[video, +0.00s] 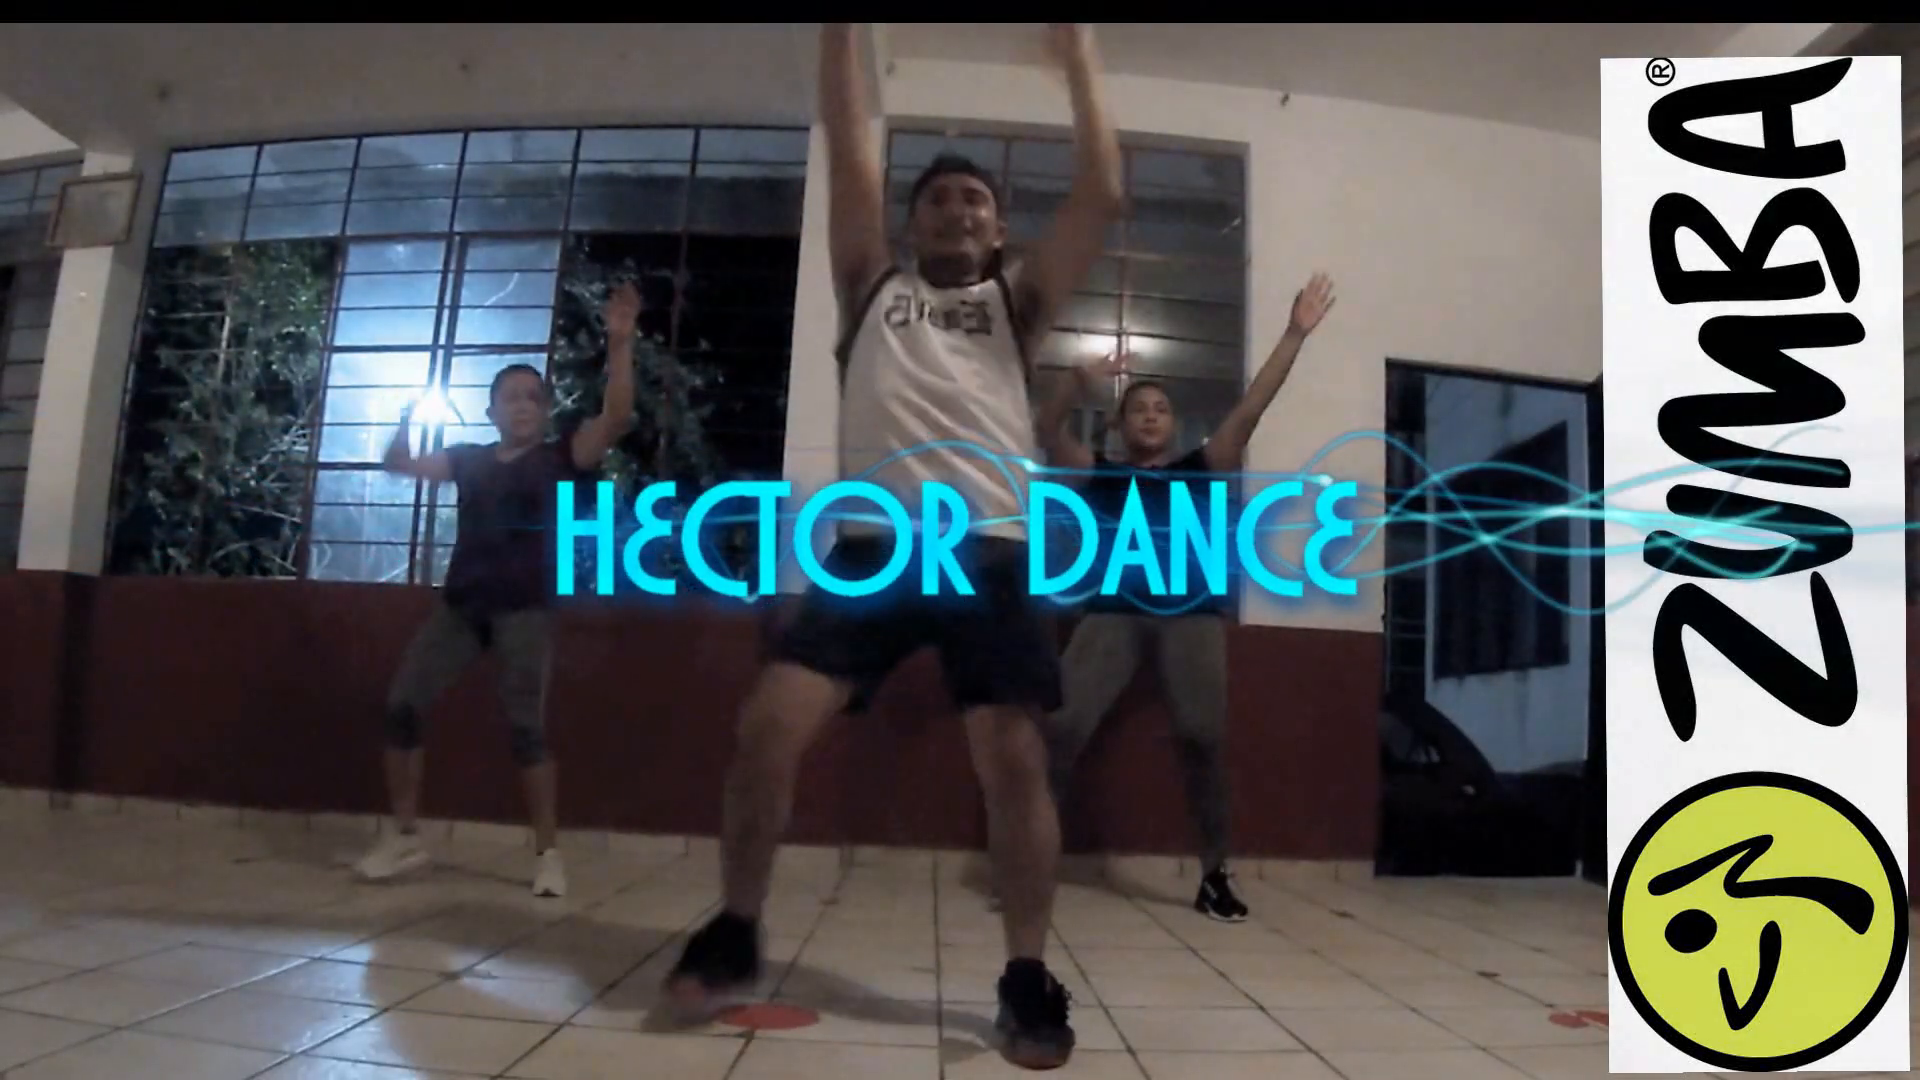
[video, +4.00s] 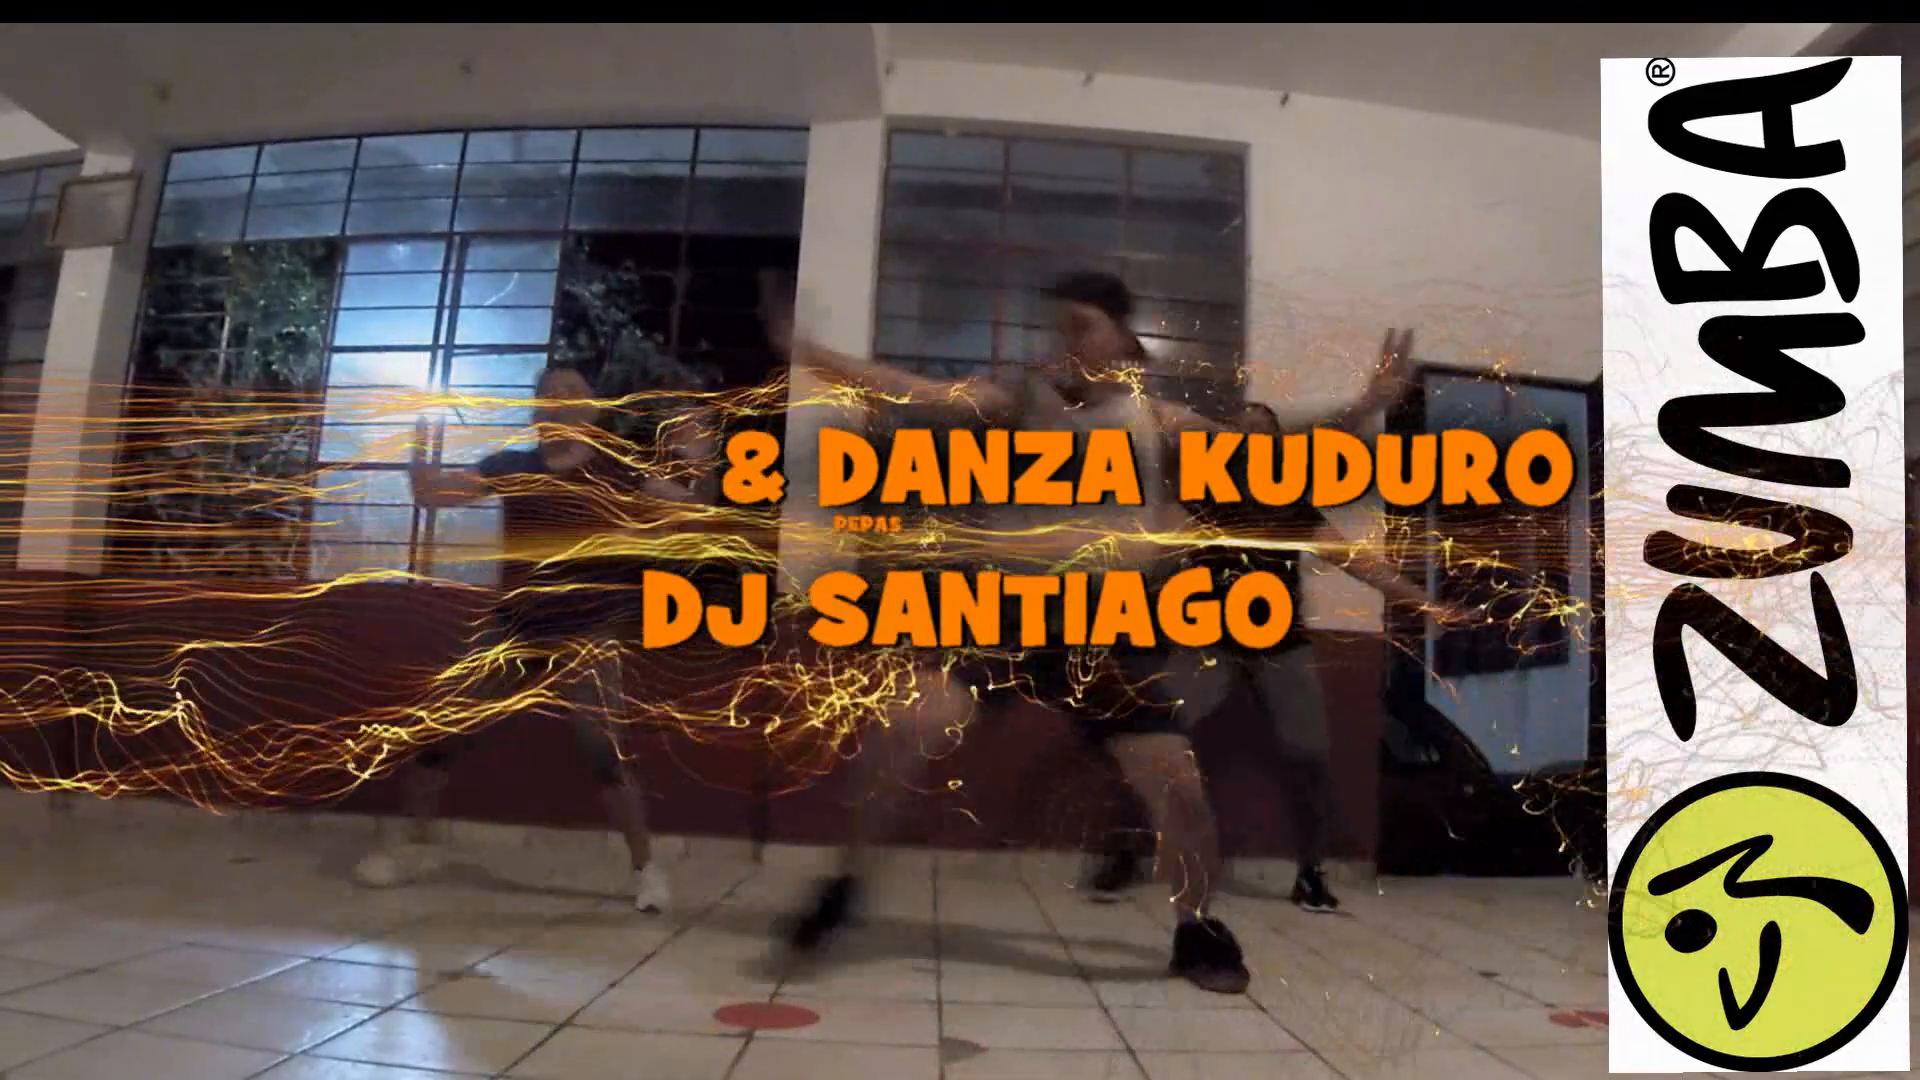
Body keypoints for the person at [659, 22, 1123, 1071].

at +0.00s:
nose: (954, 208)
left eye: (973, 202)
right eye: (938, 201)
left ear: (1000, 237)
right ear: (909, 228)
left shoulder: (1016, 306)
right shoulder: (873, 289)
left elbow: (1102, 192)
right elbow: (849, 145)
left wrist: (1078, 54)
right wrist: (844, 24)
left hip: (994, 568)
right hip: (867, 561)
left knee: (1014, 753)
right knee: (766, 724)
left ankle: (1030, 977)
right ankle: (736, 933)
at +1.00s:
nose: (969, 274)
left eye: (984, 263)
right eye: (953, 263)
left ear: (1006, 284)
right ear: (929, 281)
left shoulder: (1023, 375)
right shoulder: (877, 348)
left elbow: (1054, 480)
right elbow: (806, 455)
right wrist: (758, 561)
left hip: (989, 602)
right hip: (891, 600)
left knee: (994, 777)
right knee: (897, 776)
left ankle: (983, 910)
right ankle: (901, 911)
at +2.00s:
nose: (883, 209)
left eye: (902, 201)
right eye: (864, 198)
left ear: (921, 236)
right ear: (831, 224)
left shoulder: (932, 346)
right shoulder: (788, 283)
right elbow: (738, 132)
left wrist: (997, 331)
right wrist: (703, 20)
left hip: (914, 577)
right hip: (786, 577)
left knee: (1022, 737)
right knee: (709, 748)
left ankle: (1036, 966)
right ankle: (676, 981)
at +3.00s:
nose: (913, 322)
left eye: (930, 311)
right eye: (898, 310)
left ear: (953, 333)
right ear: (874, 326)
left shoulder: (981, 408)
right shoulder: (834, 400)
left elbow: (1087, 433)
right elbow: (729, 382)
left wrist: (1159, 403)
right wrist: (669, 325)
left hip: (958, 629)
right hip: (848, 636)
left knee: (1072, 704)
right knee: (787, 793)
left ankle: (1052, 883)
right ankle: (773, 916)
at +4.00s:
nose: (1077, 340)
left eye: (1090, 327)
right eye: (1067, 327)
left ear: (1124, 334)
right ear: (1053, 332)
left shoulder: (1155, 414)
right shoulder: (1020, 396)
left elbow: (1267, 437)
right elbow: (922, 396)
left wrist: (1364, 405)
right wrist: (820, 357)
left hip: (1114, 617)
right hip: (1004, 608)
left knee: (1176, 776)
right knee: (913, 723)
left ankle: (1197, 926)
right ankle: (841, 885)